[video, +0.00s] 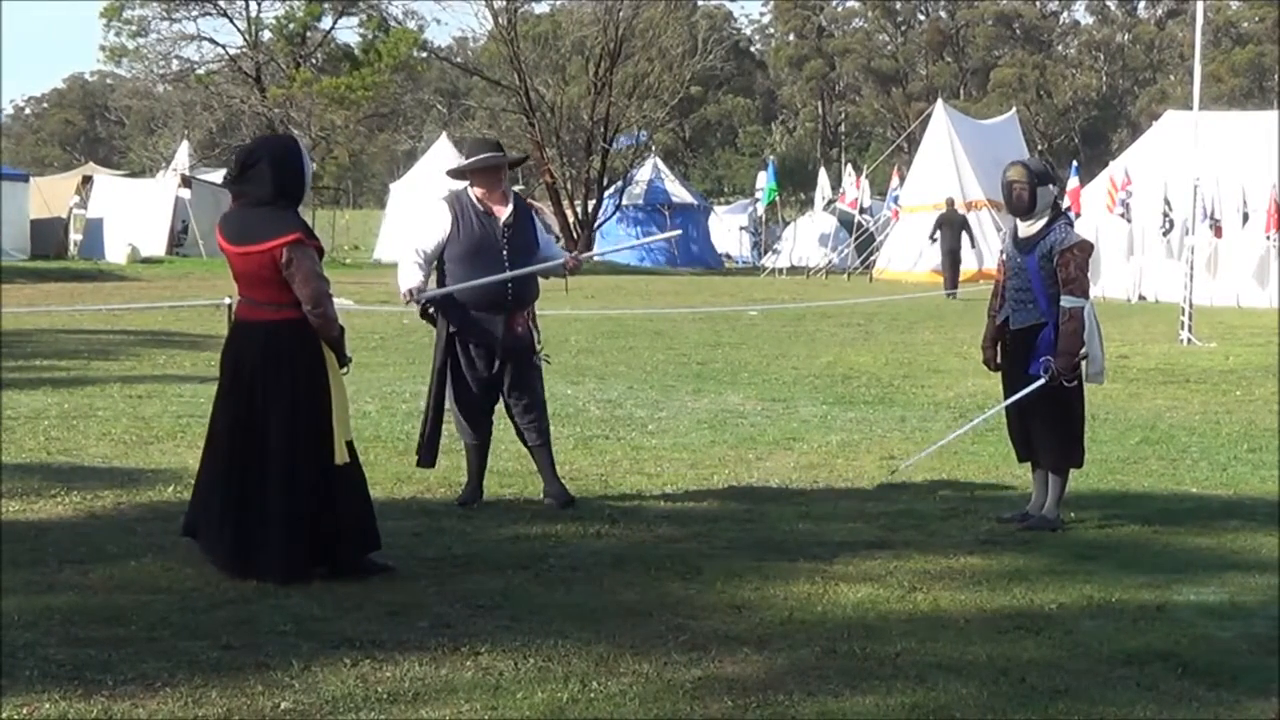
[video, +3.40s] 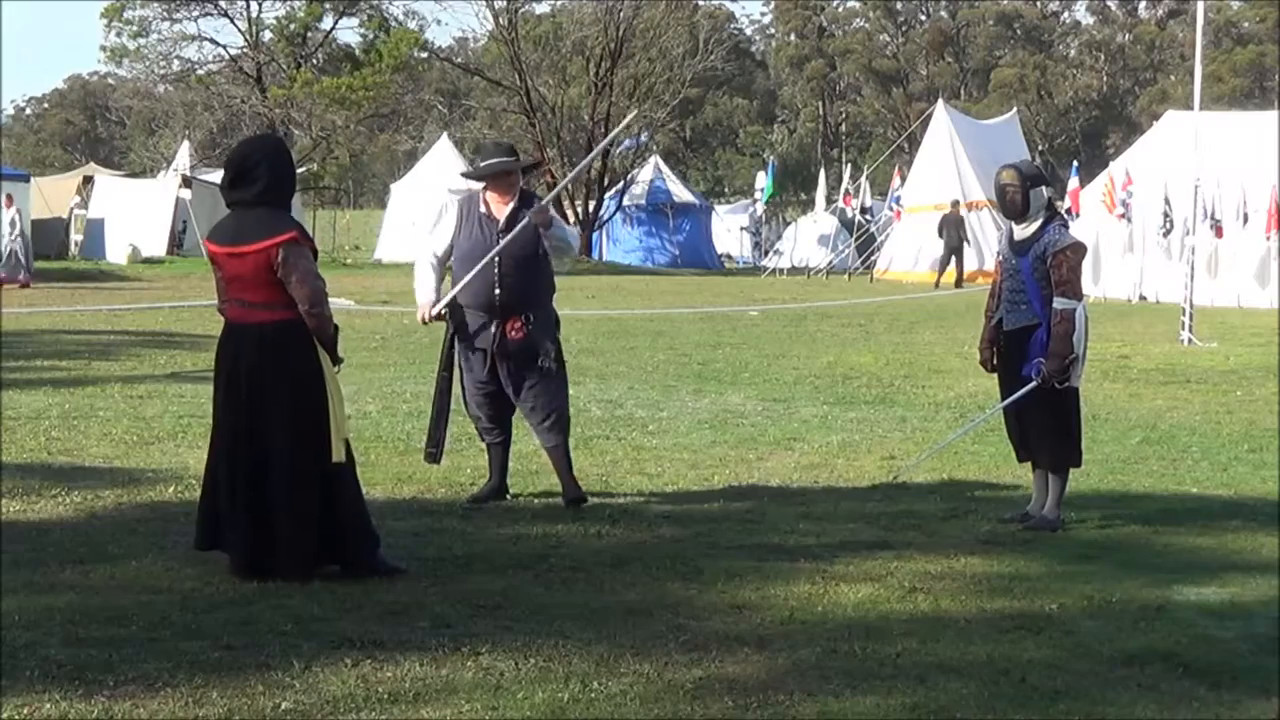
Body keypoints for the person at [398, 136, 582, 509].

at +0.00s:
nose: (490, 178)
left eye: (495, 171)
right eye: (481, 174)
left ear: (505, 171)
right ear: (469, 178)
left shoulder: (524, 211)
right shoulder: (451, 211)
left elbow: (543, 252)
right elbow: (415, 253)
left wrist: (565, 261)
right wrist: (414, 284)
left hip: (517, 322)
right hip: (467, 324)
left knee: (528, 404)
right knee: (472, 407)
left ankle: (551, 481)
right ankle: (473, 483)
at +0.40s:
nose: (530, 184)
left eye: (537, 176)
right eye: (521, 178)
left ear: (547, 176)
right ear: (507, 179)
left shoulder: (563, 214)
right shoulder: (486, 208)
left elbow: (595, 266)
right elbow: (450, 252)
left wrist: (590, 268)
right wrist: (428, 292)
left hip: (547, 326)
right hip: (495, 324)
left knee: (550, 408)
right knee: (489, 409)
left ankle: (556, 484)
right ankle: (475, 482)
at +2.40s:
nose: (493, 178)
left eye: (500, 170)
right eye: (485, 171)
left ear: (514, 173)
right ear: (474, 175)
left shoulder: (534, 214)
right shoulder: (456, 209)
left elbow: (560, 258)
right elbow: (420, 255)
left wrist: (536, 271)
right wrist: (384, 294)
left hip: (520, 327)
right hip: (468, 326)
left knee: (531, 407)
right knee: (485, 411)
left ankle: (549, 481)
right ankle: (497, 483)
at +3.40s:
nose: (505, 182)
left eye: (510, 174)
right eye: (495, 176)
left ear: (520, 174)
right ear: (482, 180)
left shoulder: (537, 209)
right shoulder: (460, 209)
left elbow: (568, 253)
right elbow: (431, 254)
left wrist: (549, 227)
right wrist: (426, 295)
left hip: (530, 325)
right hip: (476, 327)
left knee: (546, 405)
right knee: (488, 408)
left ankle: (568, 482)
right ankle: (496, 482)